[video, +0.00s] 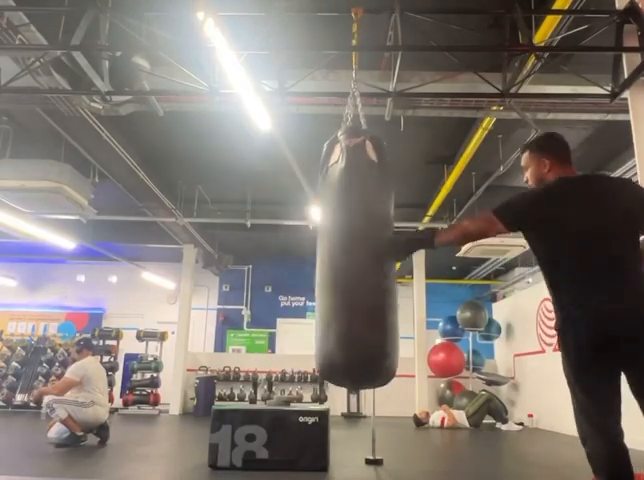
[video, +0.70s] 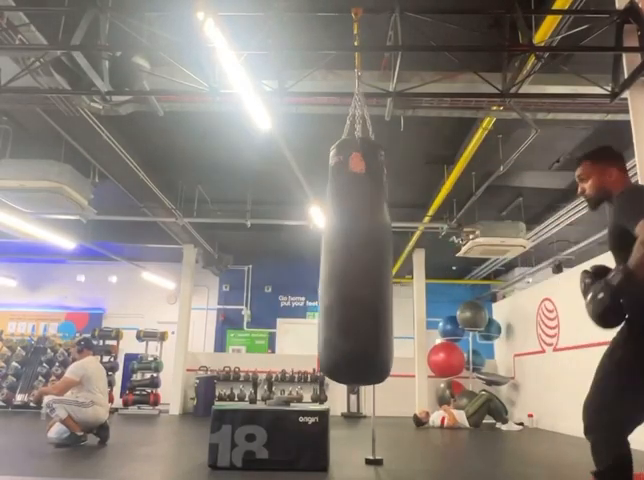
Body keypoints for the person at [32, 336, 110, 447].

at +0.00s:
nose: (74, 355)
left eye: (76, 351)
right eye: (74, 351)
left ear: (85, 351)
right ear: (88, 351)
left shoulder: (81, 365)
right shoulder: (98, 366)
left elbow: (58, 390)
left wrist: (40, 391)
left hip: (92, 410)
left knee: (50, 402)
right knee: (53, 435)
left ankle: (78, 434)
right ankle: (95, 428)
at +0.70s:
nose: (72, 353)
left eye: (74, 350)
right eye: (73, 350)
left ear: (83, 350)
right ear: (89, 351)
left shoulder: (81, 365)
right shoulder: (98, 365)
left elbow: (58, 390)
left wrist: (41, 391)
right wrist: (57, 384)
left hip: (92, 410)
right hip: (102, 411)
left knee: (50, 402)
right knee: (53, 435)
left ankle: (78, 434)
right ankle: (95, 428)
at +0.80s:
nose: (73, 354)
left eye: (75, 350)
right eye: (74, 350)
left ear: (82, 350)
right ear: (90, 350)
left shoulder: (80, 365)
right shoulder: (98, 365)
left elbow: (58, 390)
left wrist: (41, 391)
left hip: (91, 410)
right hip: (102, 411)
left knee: (50, 402)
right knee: (53, 435)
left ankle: (78, 434)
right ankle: (95, 428)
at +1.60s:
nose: (72, 352)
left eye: (76, 348)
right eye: (72, 348)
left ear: (86, 351)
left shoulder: (85, 365)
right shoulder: (94, 363)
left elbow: (60, 390)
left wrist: (50, 384)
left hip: (93, 411)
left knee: (51, 401)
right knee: (53, 435)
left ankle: (79, 434)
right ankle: (96, 428)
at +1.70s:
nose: (72, 352)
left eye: (76, 348)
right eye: (71, 349)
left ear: (85, 349)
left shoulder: (85, 365)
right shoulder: (93, 363)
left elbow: (60, 389)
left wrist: (55, 376)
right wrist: (55, 388)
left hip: (93, 410)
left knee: (51, 401)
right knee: (53, 435)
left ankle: (79, 434)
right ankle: (96, 429)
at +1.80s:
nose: (71, 354)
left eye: (74, 350)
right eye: (70, 350)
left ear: (84, 351)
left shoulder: (86, 365)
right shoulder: (93, 364)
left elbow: (61, 388)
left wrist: (59, 374)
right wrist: (57, 388)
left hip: (94, 410)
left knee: (52, 401)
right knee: (53, 435)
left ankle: (79, 434)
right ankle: (96, 429)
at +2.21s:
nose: (69, 356)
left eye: (72, 352)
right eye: (68, 353)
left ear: (82, 351)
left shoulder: (86, 365)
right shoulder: (92, 364)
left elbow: (63, 388)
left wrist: (64, 370)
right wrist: (58, 388)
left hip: (95, 410)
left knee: (52, 401)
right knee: (53, 436)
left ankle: (80, 435)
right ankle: (96, 429)